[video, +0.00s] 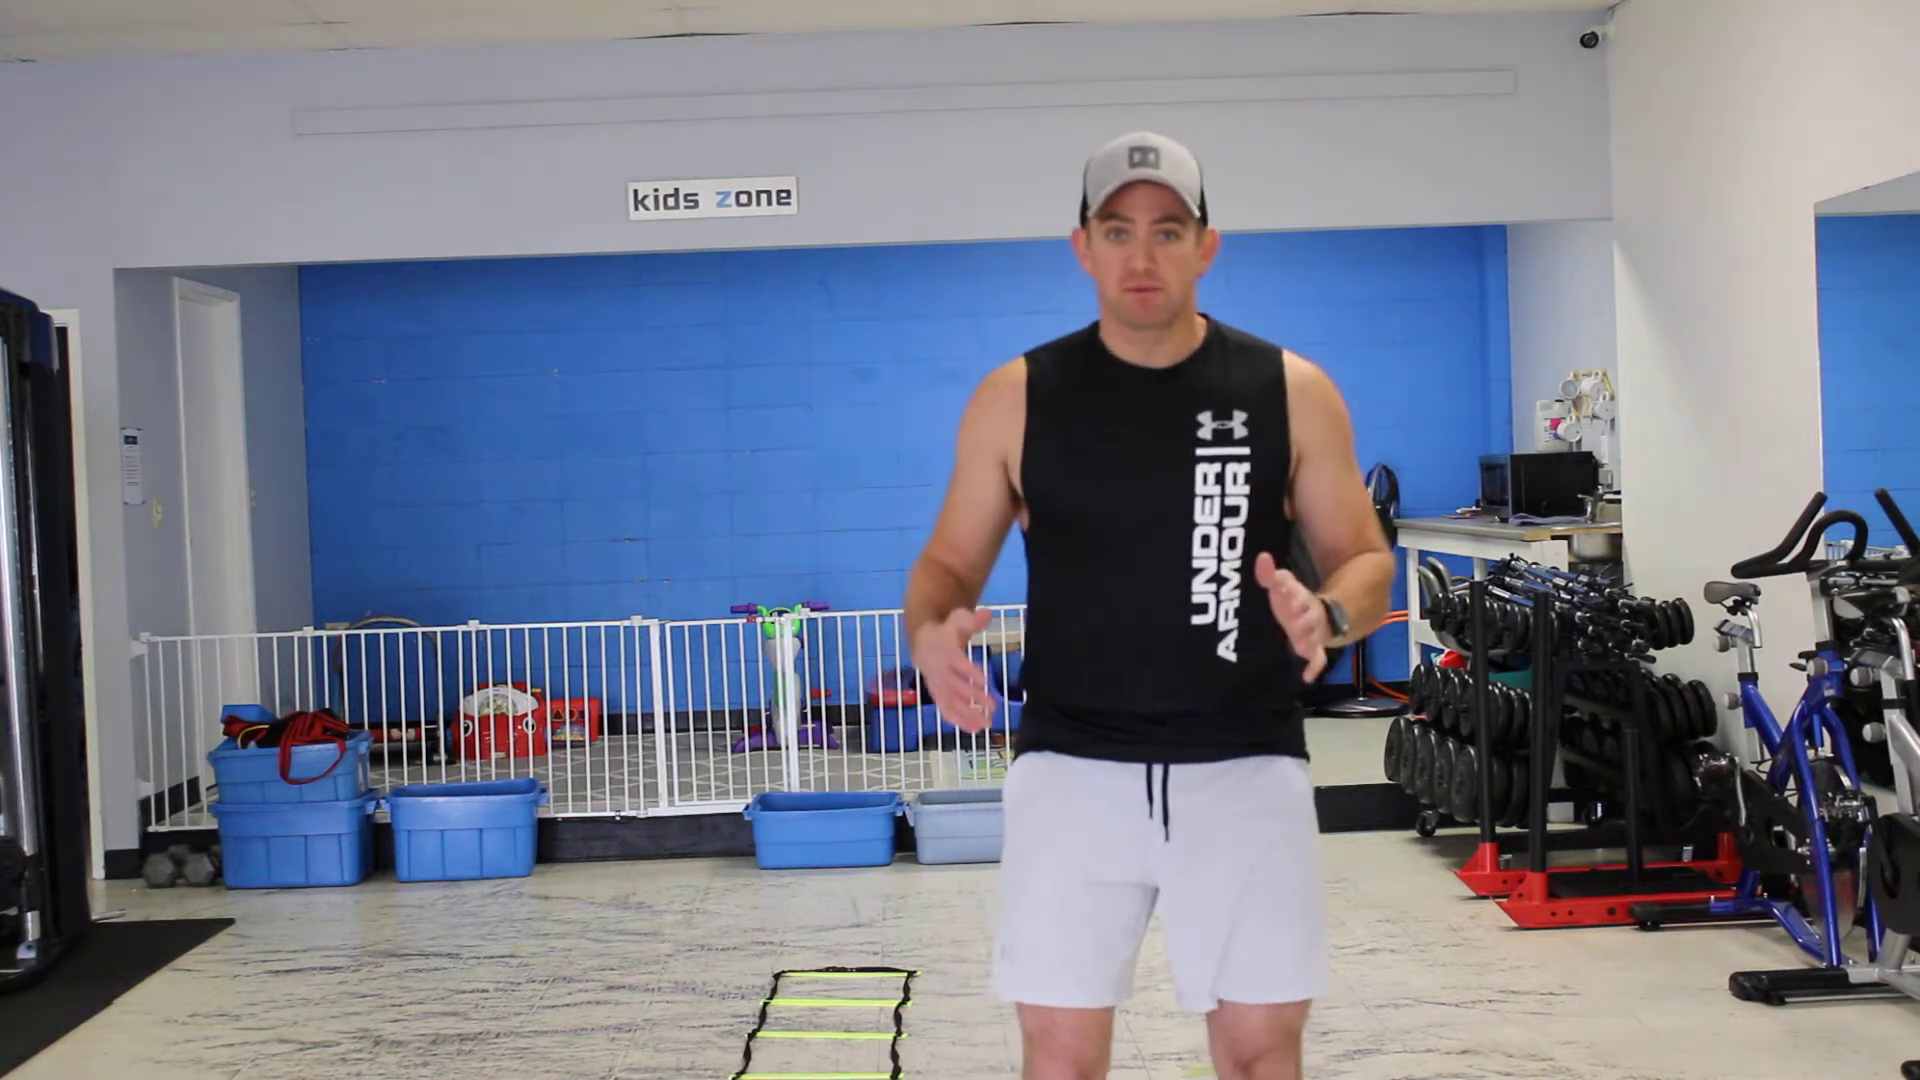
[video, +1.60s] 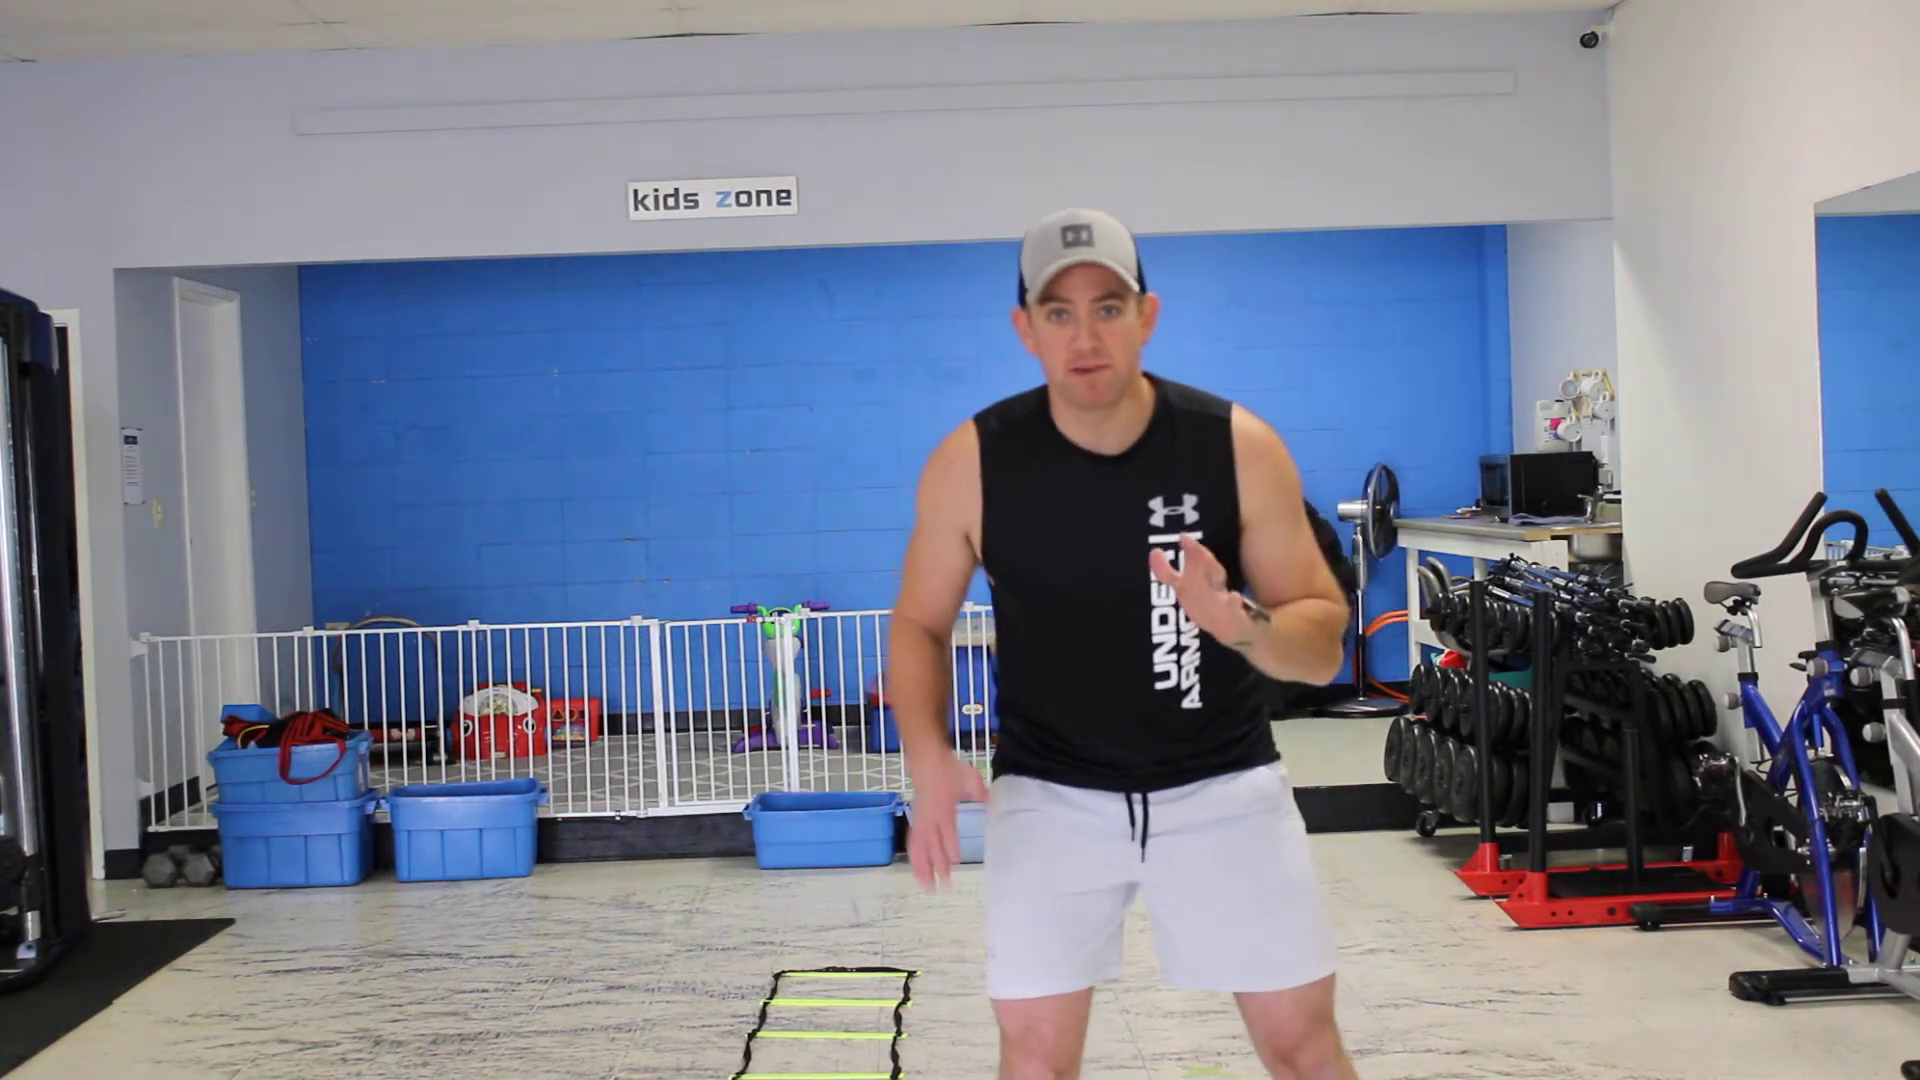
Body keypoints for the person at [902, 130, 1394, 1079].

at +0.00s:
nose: (1142, 255)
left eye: (1168, 230)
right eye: (1118, 230)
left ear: (1207, 248)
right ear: (1084, 248)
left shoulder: (1293, 392)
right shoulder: (1018, 398)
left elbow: (1363, 559)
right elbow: (948, 566)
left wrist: (1328, 614)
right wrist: (931, 635)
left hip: (1246, 776)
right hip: (1070, 779)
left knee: (1260, 1055)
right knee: (1060, 1058)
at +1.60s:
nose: (1085, 337)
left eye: (1108, 309)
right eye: (1060, 313)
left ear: (1147, 316)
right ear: (1026, 329)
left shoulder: (1239, 448)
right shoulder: (973, 462)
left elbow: (1322, 641)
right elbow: (919, 625)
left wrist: (1243, 628)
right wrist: (928, 755)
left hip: (1227, 799)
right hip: (1051, 807)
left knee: (1305, 1051)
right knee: (1036, 1061)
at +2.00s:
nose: (1035, 399)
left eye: (1059, 371)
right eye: (1009, 372)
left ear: (1097, 379)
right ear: (976, 384)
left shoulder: (1182, 503)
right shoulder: (912, 504)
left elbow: (1276, 693)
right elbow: (870, 636)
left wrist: (1206, 695)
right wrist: (901, 795)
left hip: (1172, 816)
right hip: (993, 822)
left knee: (1277, 1057)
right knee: (995, 1067)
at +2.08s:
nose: (1019, 415)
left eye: (1043, 387)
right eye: (994, 388)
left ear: (1083, 393)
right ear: (961, 398)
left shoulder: (1165, 513)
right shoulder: (898, 514)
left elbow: (1253, 709)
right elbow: (849, 635)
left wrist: (1182, 709)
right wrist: (886, 789)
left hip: (1158, 819)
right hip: (981, 828)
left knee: (1267, 1062)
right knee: (989, 1069)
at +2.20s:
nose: (999, 438)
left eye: (1022, 409)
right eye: (973, 411)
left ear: (1062, 413)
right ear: (939, 419)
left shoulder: (1144, 532)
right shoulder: (878, 533)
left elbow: (1229, 743)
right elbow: (833, 647)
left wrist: (1142, 727)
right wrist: (876, 794)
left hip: (1142, 831)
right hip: (969, 838)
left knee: (1243, 1067)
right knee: (987, 1069)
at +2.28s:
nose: (986, 453)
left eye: (1010, 424)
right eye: (960, 425)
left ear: (1050, 428)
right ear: (927, 433)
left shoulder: (1133, 546)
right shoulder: (868, 546)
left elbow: (1215, 766)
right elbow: (833, 655)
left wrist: (1120, 739)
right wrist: (873, 798)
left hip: (1134, 845)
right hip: (962, 848)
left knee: (1224, 1066)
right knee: (984, 1068)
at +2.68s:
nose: (947, 574)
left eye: (973, 542)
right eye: (922, 545)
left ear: (1016, 544)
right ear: (894, 551)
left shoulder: (1104, 650)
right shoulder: (848, 650)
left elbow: (1180, 876)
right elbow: (840, 743)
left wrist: (1055, 853)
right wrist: (878, 880)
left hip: (1108, 923)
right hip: (953, 899)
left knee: (1120, 1066)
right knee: (966, 1066)